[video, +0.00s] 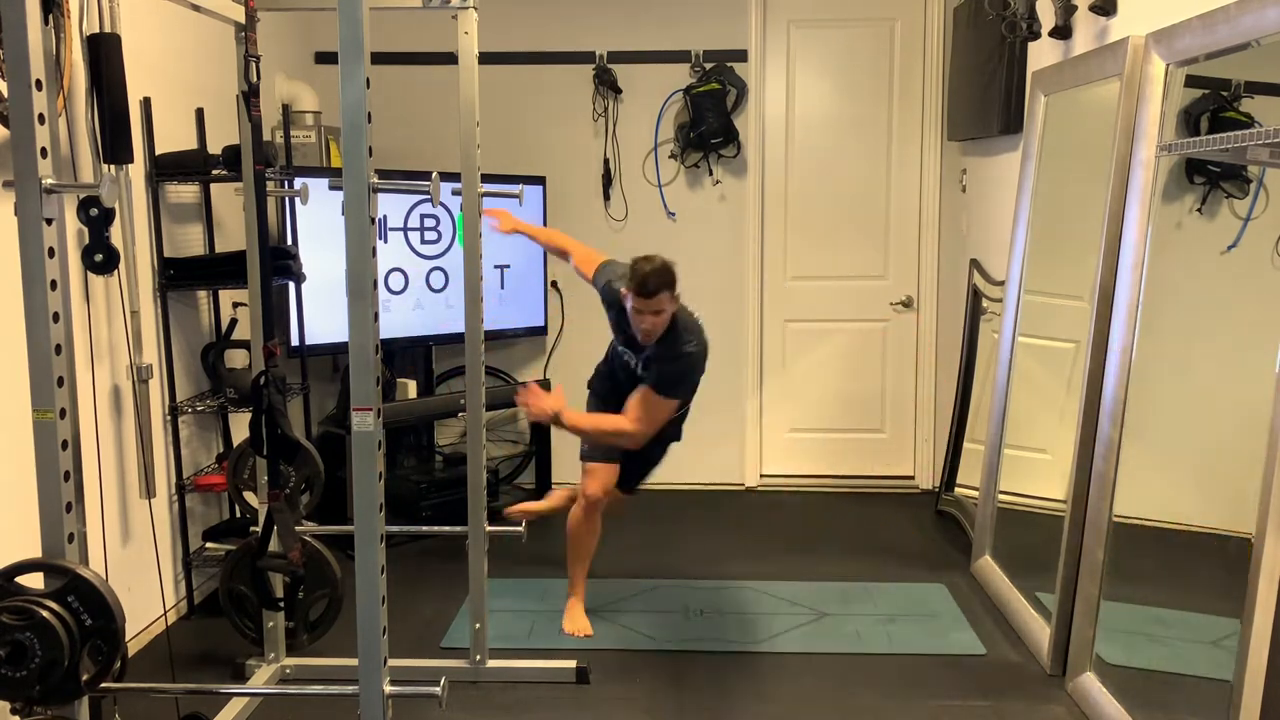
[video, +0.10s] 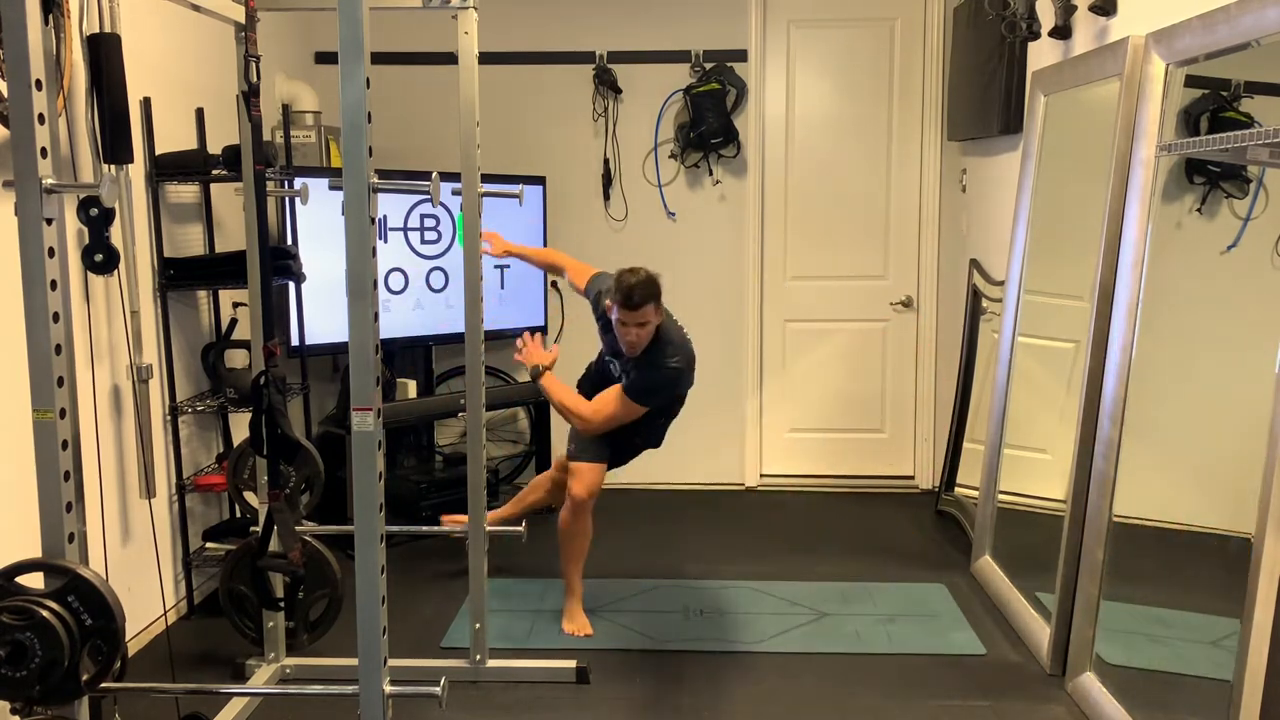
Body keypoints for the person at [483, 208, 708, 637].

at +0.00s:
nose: (646, 323)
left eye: (656, 314)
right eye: (638, 312)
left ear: (674, 303)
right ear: (626, 298)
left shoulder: (686, 348)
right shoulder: (615, 286)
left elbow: (635, 430)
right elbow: (571, 251)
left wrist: (560, 415)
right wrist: (518, 225)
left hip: (659, 415)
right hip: (613, 384)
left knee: (613, 493)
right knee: (592, 494)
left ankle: (569, 496)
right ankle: (575, 598)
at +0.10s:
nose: (632, 336)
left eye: (642, 326)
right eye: (623, 325)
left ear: (659, 314)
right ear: (612, 309)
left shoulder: (670, 362)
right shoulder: (607, 293)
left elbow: (591, 419)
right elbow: (561, 264)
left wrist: (541, 371)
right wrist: (511, 248)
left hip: (638, 425)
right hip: (598, 392)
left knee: (561, 475)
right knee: (581, 495)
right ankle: (574, 598)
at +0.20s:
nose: (626, 341)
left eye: (636, 332)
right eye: (618, 331)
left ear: (651, 321)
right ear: (605, 317)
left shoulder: (668, 363)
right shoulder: (599, 301)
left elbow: (595, 430)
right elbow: (552, 272)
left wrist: (547, 387)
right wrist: (493, 264)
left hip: (630, 428)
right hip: (590, 393)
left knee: (555, 481)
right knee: (576, 494)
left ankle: (484, 529)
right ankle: (572, 598)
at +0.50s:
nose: (657, 324)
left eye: (664, 313)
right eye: (646, 315)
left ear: (673, 302)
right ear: (625, 304)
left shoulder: (697, 328)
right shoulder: (598, 319)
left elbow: (770, 381)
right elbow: (513, 347)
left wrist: (780, 454)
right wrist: (489, 419)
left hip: (666, 411)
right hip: (604, 407)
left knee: (687, 514)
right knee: (585, 501)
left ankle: (692, 530)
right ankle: (573, 601)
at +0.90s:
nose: (787, 309)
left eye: (794, 297)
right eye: (775, 299)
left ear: (804, 284)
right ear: (754, 289)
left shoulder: (815, 285)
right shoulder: (741, 342)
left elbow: (814, 259)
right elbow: (815, 416)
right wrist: (870, 360)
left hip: (816, 392)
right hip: (761, 411)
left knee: (843, 505)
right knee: (781, 516)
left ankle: (879, 597)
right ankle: (803, 501)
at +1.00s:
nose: (807, 325)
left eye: (815, 313)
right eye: (795, 316)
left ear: (824, 301)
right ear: (774, 305)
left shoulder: (829, 297)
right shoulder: (764, 363)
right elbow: (851, 414)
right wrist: (881, 339)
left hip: (834, 409)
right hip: (789, 432)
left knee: (848, 507)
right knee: (836, 500)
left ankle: (880, 597)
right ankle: (873, 532)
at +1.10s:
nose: (817, 331)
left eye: (825, 318)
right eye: (804, 321)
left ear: (834, 305)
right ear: (784, 310)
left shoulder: (839, 304)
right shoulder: (769, 361)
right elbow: (850, 424)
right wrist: (879, 348)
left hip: (838, 406)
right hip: (793, 433)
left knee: (857, 509)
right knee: (849, 497)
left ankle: (881, 597)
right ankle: (896, 502)